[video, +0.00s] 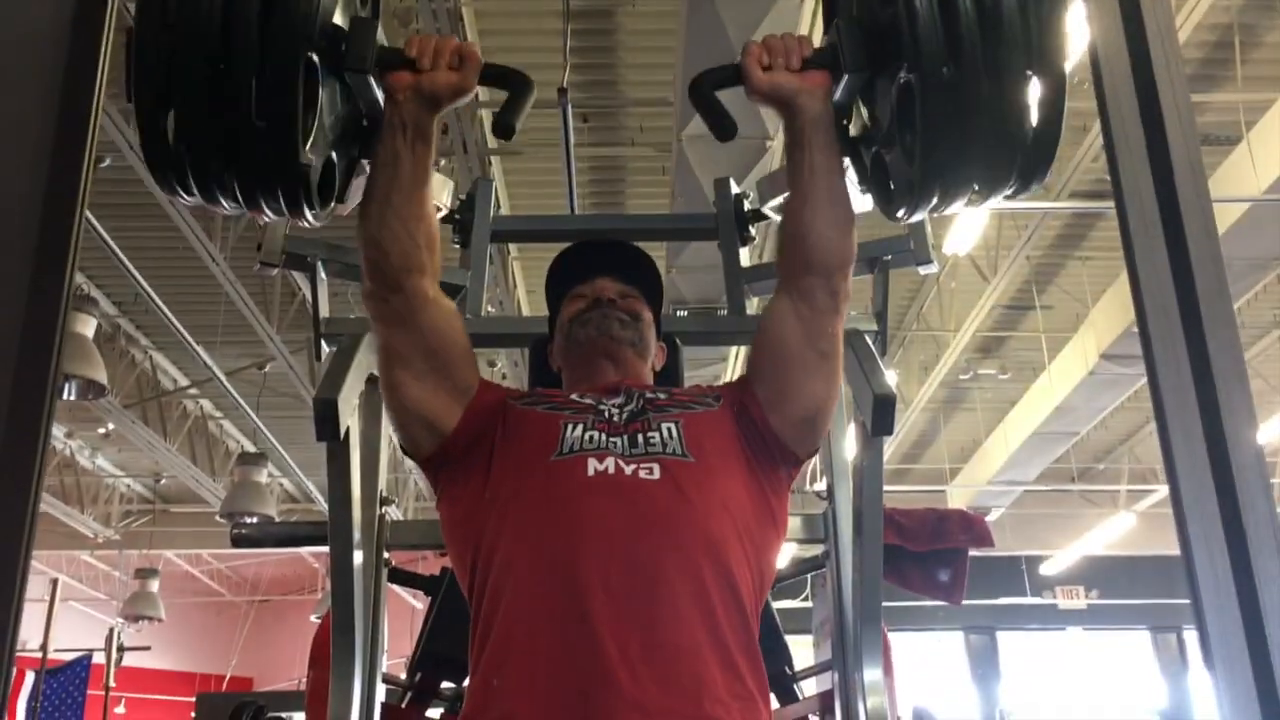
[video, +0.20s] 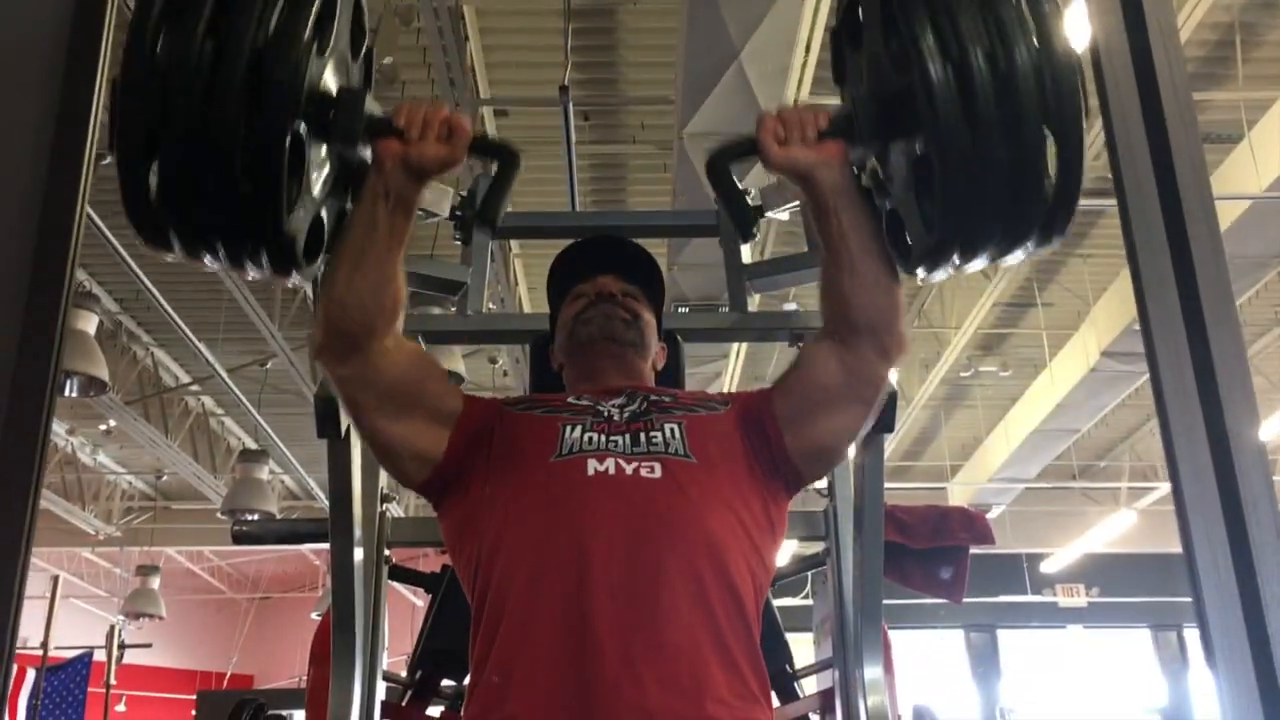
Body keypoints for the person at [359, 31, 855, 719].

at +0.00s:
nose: (606, 300)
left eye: (629, 300)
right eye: (581, 300)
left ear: (661, 351)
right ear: (551, 351)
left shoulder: (749, 429)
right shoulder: (481, 435)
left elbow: (817, 281)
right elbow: (399, 285)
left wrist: (808, 108)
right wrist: (411, 112)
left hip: (717, 706)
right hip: (513, 707)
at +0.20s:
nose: (607, 303)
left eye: (631, 301)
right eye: (582, 301)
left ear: (662, 351)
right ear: (551, 350)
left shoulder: (752, 433)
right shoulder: (478, 438)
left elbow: (866, 341)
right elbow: (354, 343)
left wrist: (828, 176)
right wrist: (395, 180)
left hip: (721, 705)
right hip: (519, 705)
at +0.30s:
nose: (606, 293)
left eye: (631, 294)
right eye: (580, 294)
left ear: (664, 348)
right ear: (551, 350)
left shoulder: (747, 434)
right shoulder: (478, 443)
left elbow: (886, 377)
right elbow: (328, 378)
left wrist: (839, 216)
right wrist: (384, 224)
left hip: (726, 705)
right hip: (520, 706)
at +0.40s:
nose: (608, 293)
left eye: (632, 295)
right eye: (581, 295)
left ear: (662, 351)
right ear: (551, 350)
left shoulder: (744, 438)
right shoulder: (482, 445)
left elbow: (903, 407)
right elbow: (313, 408)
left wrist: (849, 255)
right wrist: (374, 259)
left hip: (722, 706)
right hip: (526, 706)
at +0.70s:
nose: (612, 294)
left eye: (636, 294)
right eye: (585, 292)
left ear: (667, 348)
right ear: (553, 347)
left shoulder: (740, 441)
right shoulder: (487, 450)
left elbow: (918, 484)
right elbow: (295, 496)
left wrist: (876, 356)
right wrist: (350, 357)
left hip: (723, 704)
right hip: (524, 705)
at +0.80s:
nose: (609, 294)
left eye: (634, 293)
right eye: (584, 295)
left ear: (667, 346)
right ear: (554, 351)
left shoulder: (745, 445)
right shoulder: (486, 453)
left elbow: (922, 503)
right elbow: (297, 516)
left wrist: (877, 377)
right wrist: (346, 377)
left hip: (724, 702)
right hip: (525, 704)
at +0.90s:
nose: (610, 293)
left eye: (634, 292)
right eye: (585, 294)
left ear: (668, 347)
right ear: (554, 351)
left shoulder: (744, 446)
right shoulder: (487, 454)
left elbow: (920, 514)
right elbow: (302, 532)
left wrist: (877, 391)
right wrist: (343, 395)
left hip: (724, 705)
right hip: (525, 707)